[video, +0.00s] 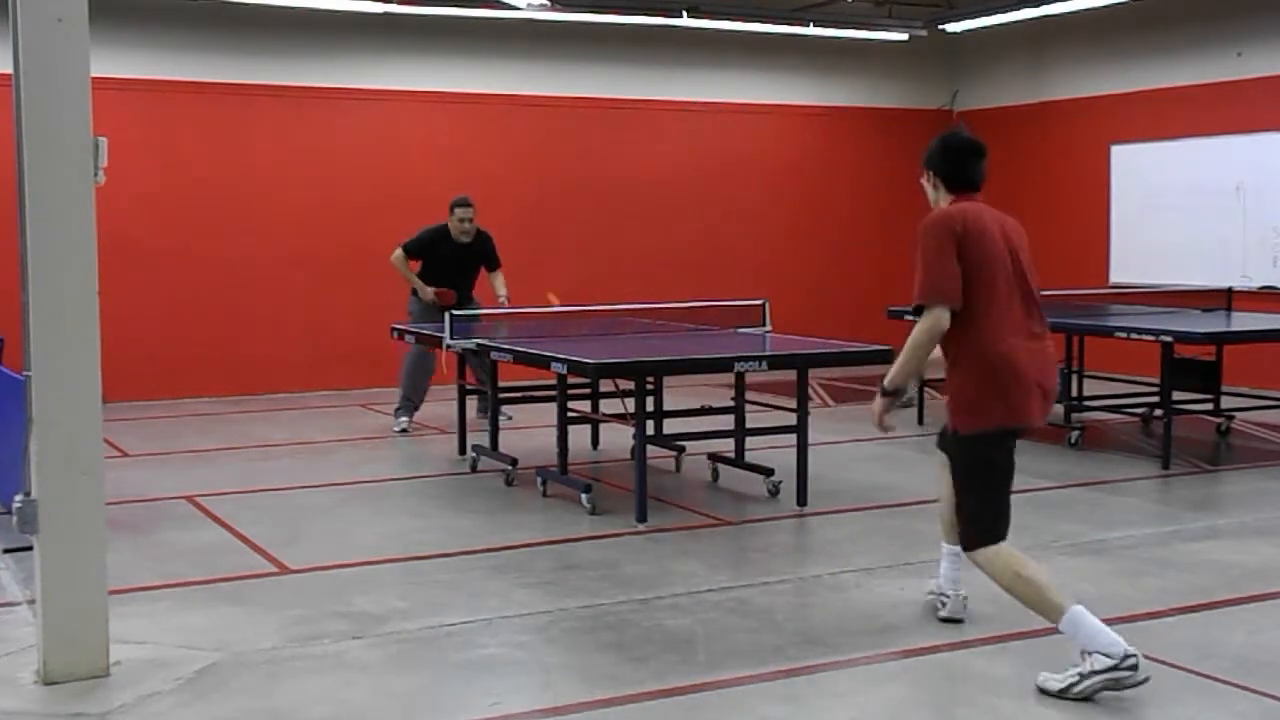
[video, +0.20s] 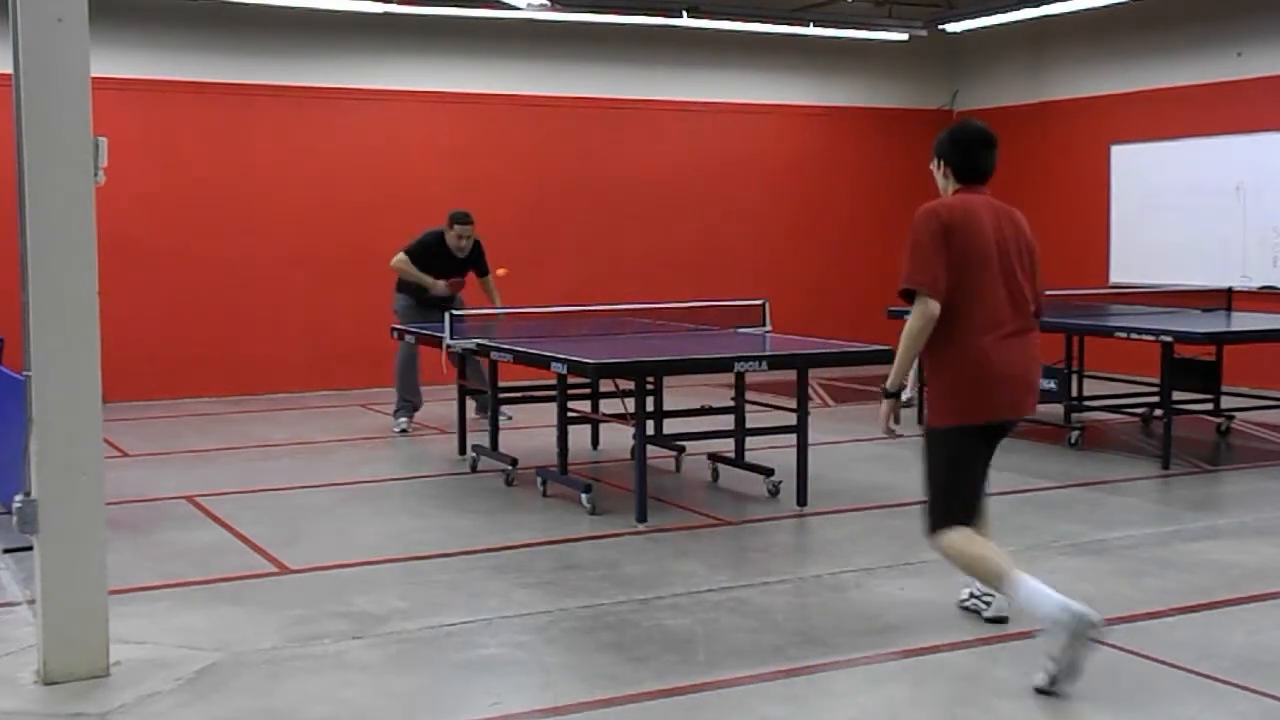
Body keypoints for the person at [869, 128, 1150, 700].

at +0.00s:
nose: (920, 184)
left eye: (922, 177)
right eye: (922, 176)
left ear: (931, 180)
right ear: (978, 178)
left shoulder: (942, 225)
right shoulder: (1006, 224)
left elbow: (936, 317)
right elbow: (1019, 312)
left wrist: (888, 389)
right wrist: (961, 381)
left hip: (985, 391)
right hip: (1032, 383)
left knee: (981, 541)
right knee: (952, 449)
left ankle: (1107, 650)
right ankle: (949, 586)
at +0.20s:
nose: (930, 168)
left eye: (932, 160)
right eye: (933, 159)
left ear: (942, 167)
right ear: (989, 169)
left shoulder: (936, 217)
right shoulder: (1015, 220)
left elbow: (927, 307)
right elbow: (1029, 304)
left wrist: (893, 386)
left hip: (962, 390)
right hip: (1015, 387)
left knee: (947, 529)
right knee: (972, 484)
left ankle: (1060, 615)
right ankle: (991, 592)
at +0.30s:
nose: (930, 163)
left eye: (931, 156)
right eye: (933, 155)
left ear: (941, 160)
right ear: (986, 161)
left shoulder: (932, 209)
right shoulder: (1009, 213)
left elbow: (918, 298)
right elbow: (1032, 298)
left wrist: (885, 379)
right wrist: (976, 322)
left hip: (946, 377)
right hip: (1002, 378)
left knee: (908, 509)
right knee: (961, 487)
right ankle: (991, 596)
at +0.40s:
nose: (921, 159)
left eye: (923, 151)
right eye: (924, 151)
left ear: (934, 156)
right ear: (978, 158)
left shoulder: (924, 202)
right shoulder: (1003, 211)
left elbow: (906, 290)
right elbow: (1020, 295)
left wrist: (866, 364)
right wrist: (969, 318)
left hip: (931, 372)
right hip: (992, 375)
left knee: (871, 491)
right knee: (960, 476)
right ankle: (988, 589)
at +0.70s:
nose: (908, 172)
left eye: (909, 165)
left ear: (912, 170)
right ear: (965, 171)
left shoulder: (887, 220)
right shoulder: (987, 230)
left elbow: (852, 318)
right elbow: (1007, 329)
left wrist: (859, 361)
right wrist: (1003, 379)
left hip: (888, 381)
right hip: (959, 385)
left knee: (826, 501)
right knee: (953, 469)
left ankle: (822, 633)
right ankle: (983, 590)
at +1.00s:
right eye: (967, 139)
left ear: (916, 141)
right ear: (967, 143)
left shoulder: (892, 183)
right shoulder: (987, 197)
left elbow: (867, 271)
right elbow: (1002, 291)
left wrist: (868, 311)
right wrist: (1022, 340)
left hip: (896, 355)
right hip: (968, 358)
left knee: (832, 460)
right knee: (961, 463)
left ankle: (802, 593)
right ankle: (983, 590)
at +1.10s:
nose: (904, 132)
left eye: (904, 124)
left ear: (907, 126)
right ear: (959, 127)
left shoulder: (899, 168)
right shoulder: (977, 177)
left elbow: (898, 250)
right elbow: (962, 251)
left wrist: (865, 296)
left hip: (900, 343)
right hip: (968, 343)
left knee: (832, 455)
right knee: (958, 458)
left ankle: (789, 586)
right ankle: (983, 588)